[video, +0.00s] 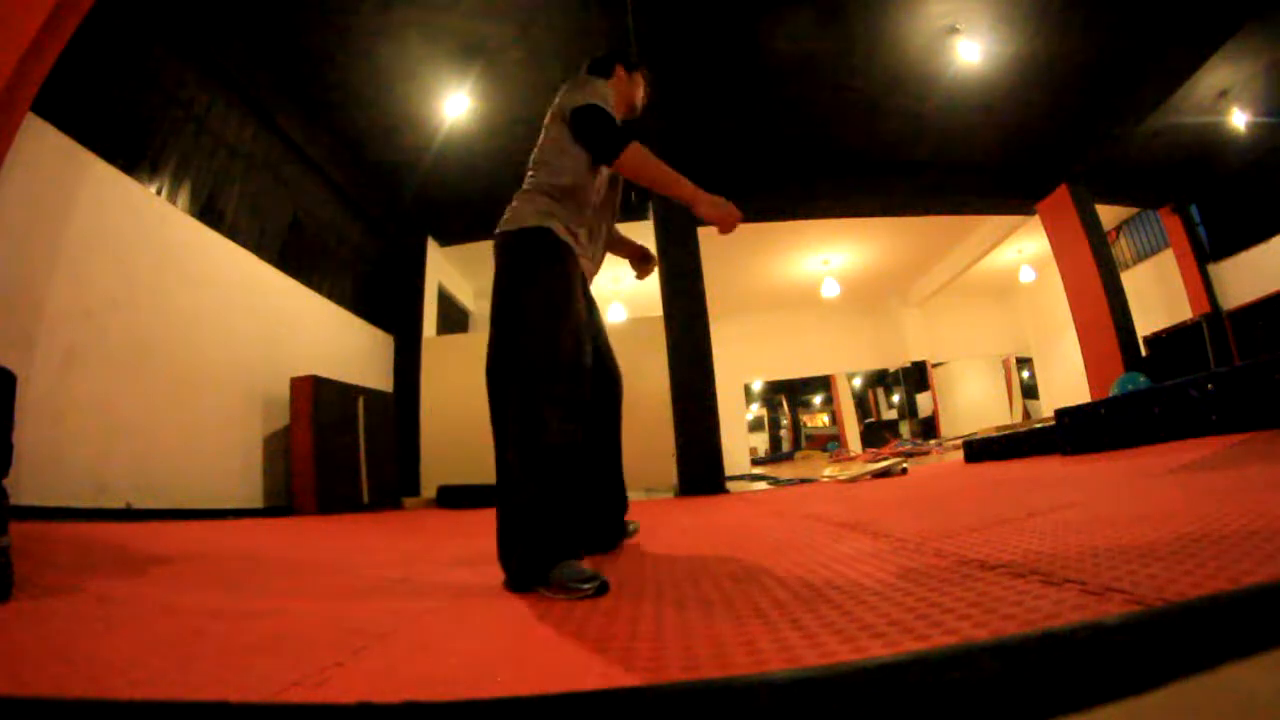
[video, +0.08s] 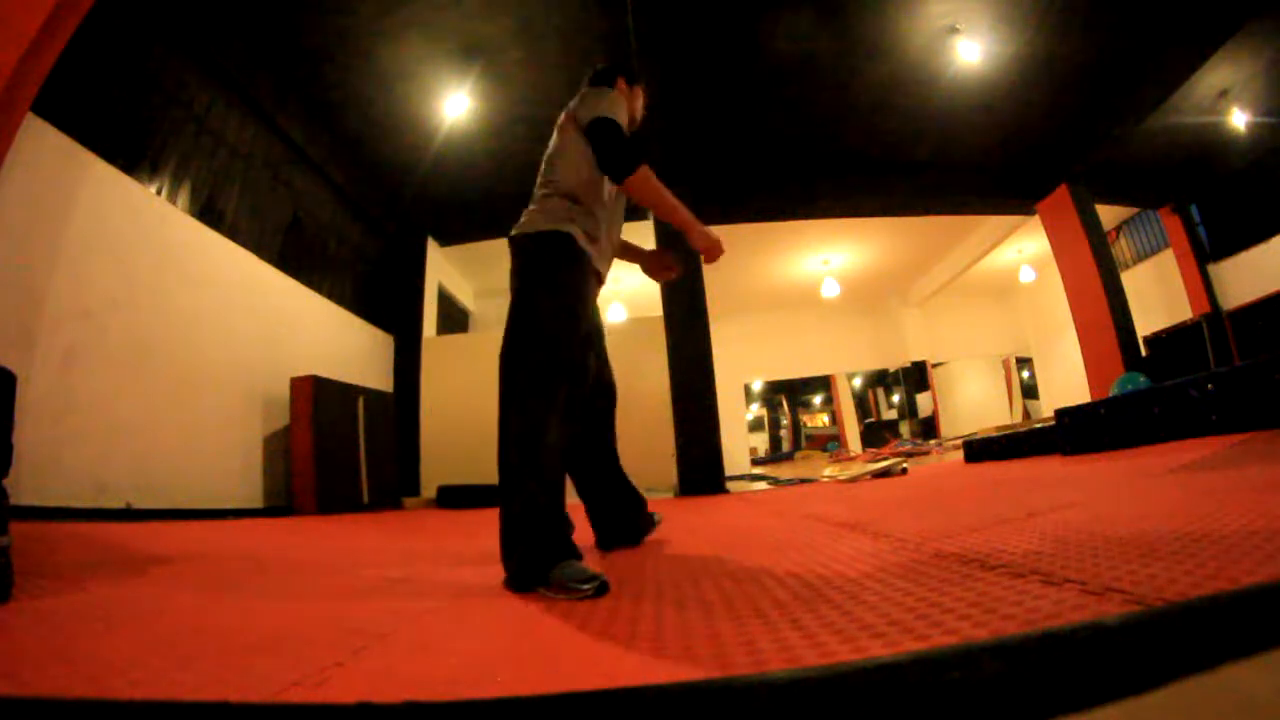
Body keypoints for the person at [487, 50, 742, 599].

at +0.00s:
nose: (641, 100)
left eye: (643, 92)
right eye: (639, 87)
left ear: (613, 82)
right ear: (620, 75)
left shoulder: (601, 139)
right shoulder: (585, 89)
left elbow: (580, 214)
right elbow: (613, 147)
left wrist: (627, 247)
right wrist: (699, 198)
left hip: (564, 265)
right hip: (534, 250)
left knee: (596, 385)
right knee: (541, 395)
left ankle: (594, 521)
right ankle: (537, 558)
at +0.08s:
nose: (642, 110)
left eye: (643, 103)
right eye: (641, 99)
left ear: (607, 91)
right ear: (625, 86)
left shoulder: (595, 139)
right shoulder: (599, 98)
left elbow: (585, 223)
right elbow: (621, 163)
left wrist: (642, 256)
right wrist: (694, 227)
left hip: (569, 263)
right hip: (547, 253)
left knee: (587, 395)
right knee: (538, 398)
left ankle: (619, 519)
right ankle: (536, 558)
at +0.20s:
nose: (642, 126)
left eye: (640, 120)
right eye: (640, 118)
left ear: (598, 113)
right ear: (628, 111)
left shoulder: (578, 151)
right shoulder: (617, 124)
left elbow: (593, 237)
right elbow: (630, 193)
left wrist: (642, 286)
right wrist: (668, 269)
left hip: (568, 274)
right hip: (580, 272)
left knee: (593, 404)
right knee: (558, 404)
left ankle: (618, 519)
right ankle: (536, 556)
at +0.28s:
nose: (645, 128)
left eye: (641, 124)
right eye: (643, 122)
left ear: (598, 121)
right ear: (633, 117)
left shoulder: (578, 164)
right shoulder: (627, 133)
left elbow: (573, 224)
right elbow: (637, 205)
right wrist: (658, 275)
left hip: (572, 275)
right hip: (602, 276)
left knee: (603, 404)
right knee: (578, 407)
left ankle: (614, 519)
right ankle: (547, 542)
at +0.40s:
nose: (652, 142)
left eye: (650, 137)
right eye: (650, 135)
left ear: (605, 136)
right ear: (639, 130)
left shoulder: (585, 175)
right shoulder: (633, 141)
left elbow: (581, 236)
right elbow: (644, 201)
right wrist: (674, 266)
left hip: (584, 278)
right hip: (625, 273)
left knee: (602, 396)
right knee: (638, 388)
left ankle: (619, 510)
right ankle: (581, 510)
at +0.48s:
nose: (658, 149)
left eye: (657, 144)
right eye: (657, 143)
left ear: (615, 138)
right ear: (649, 136)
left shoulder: (589, 183)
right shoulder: (638, 148)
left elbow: (582, 258)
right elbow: (651, 205)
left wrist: (582, 325)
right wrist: (698, 268)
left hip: (595, 288)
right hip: (636, 280)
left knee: (617, 402)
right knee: (653, 397)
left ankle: (622, 519)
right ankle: (622, 512)